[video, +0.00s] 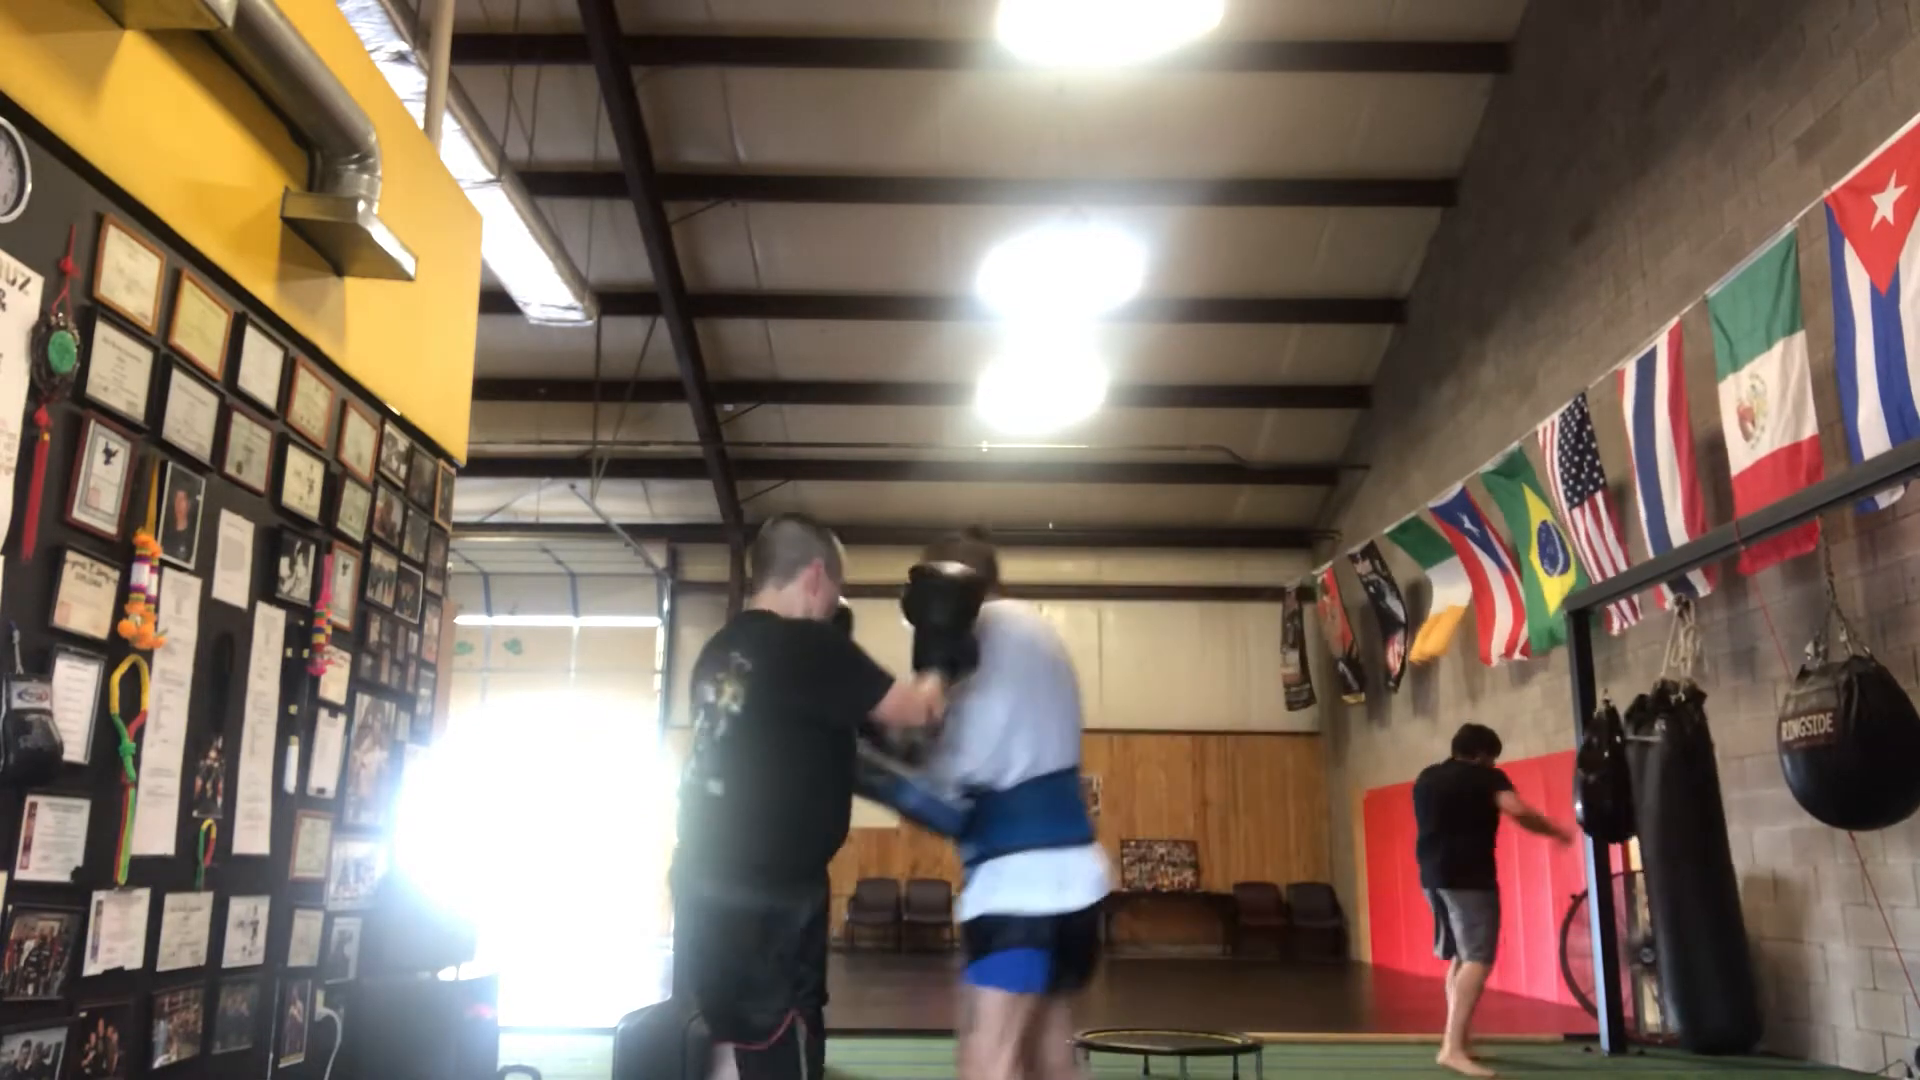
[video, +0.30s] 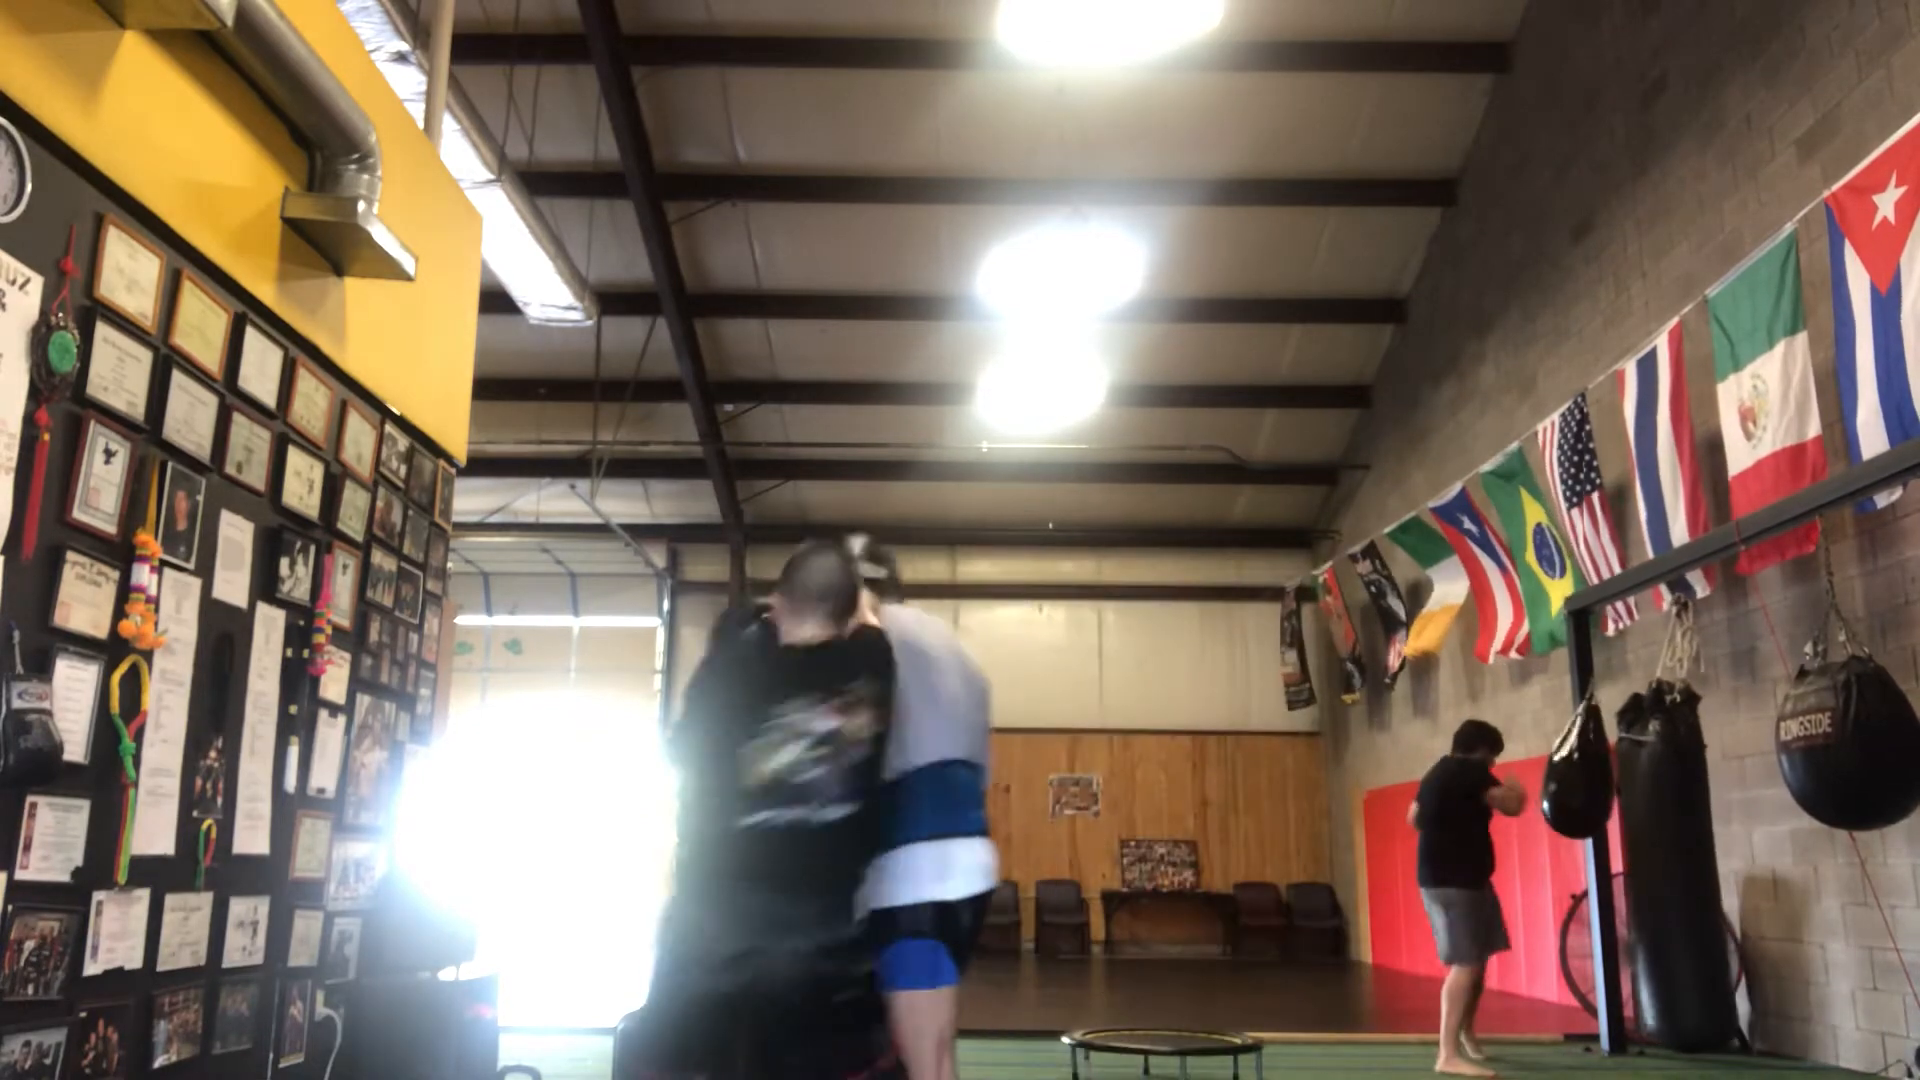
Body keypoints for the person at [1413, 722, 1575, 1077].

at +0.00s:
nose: (1492, 764)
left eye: (1493, 759)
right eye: (1492, 759)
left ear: (1455, 751)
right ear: (1483, 755)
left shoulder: (1427, 777)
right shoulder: (1489, 776)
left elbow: (1431, 825)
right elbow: (1519, 813)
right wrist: (1556, 831)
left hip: (1433, 879)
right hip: (1470, 877)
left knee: (1459, 957)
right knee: (1477, 958)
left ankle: (1456, 1040)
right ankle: (1452, 1049)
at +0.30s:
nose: (1492, 761)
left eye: (1494, 757)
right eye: (1492, 756)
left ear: (1459, 746)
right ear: (1482, 750)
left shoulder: (1438, 773)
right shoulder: (1472, 773)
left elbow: (1414, 816)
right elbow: (1512, 804)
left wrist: (1450, 811)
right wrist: (1512, 785)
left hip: (1444, 881)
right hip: (1457, 882)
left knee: (1476, 960)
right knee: (1465, 964)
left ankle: (1463, 1034)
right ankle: (1447, 1055)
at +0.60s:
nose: (1490, 761)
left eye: (1492, 754)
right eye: (1489, 753)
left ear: (1467, 746)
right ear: (1474, 748)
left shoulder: (1461, 776)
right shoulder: (1444, 773)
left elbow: (1479, 809)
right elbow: (1468, 820)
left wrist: (1514, 808)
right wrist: (1491, 799)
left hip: (1464, 882)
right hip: (1441, 884)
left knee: (1481, 952)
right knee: (1459, 961)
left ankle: (1462, 1035)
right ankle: (1445, 1055)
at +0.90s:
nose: (1490, 760)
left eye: (1492, 753)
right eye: (1489, 752)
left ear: (1457, 745)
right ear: (1475, 747)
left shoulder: (1434, 773)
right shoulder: (1458, 775)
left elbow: (1463, 825)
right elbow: (1482, 829)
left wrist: (1490, 807)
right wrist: (1503, 810)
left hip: (1456, 882)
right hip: (1449, 884)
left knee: (1490, 949)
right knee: (1451, 962)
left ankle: (1486, 1035)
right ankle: (1445, 1056)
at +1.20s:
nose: (1497, 762)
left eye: (1498, 755)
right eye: (1495, 755)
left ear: (1463, 749)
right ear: (1481, 752)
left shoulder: (1447, 778)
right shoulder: (1473, 776)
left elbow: (1471, 826)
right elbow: (1495, 824)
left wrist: (1508, 815)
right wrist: (1519, 814)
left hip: (1467, 883)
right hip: (1465, 884)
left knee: (1488, 959)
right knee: (1466, 961)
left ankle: (1488, 1045)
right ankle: (1448, 1053)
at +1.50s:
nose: (1504, 763)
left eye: (1505, 757)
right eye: (1503, 756)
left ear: (1471, 747)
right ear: (1490, 751)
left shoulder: (1453, 775)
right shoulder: (1480, 772)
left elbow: (1491, 815)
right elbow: (1513, 816)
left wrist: (1516, 798)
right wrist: (1530, 799)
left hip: (1458, 880)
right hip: (1480, 879)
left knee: (1484, 960)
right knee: (1502, 953)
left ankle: (1483, 1042)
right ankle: (1482, 1045)